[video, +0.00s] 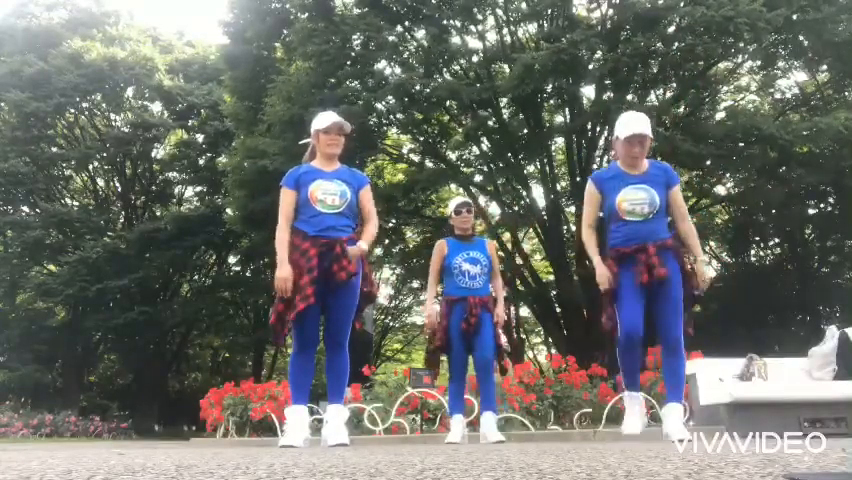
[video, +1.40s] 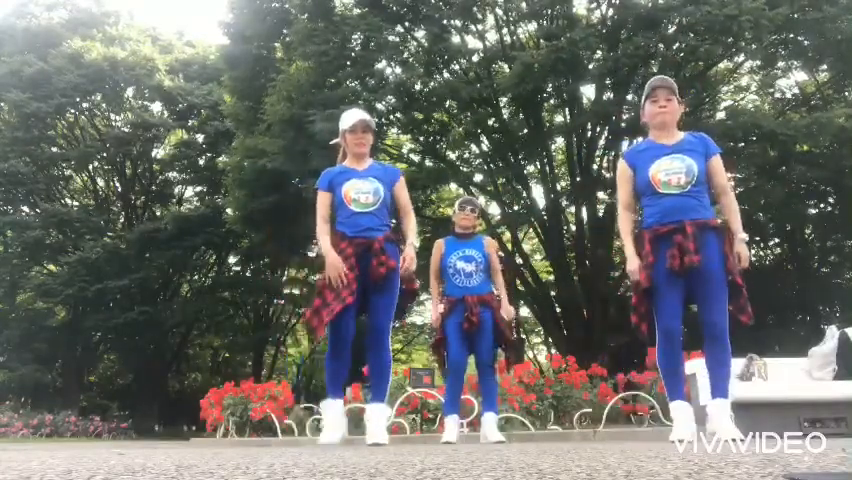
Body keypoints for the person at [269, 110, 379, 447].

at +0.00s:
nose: (333, 138)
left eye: (338, 134)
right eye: (327, 133)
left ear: (345, 139)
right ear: (314, 138)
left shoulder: (357, 178)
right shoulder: (297, 175)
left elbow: (371, 220)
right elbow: (284, 223)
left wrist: (362, 245)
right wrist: (282, 263)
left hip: (346, 259)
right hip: (305, 258)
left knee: (338, 340)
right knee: (305, 341)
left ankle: (336, 418)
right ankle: (297, 418)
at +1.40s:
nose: (360, 136)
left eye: (365, 131)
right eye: (353, 131)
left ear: (373, 135)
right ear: (342, 137)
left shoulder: (391, 173)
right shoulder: (331, 175)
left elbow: (407, 214)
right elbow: (322, 221)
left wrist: (410, 243)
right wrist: (328, 253)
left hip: (385, 252)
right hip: (345, 252)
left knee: (380, 331)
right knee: (341, 332)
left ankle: (378, 414)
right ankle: (334, 413)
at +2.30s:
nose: (324, 125)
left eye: (330, 119)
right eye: (317, 120)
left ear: (338, 122)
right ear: (306, 124)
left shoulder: (349, 144)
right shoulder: (301, 161)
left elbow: (375, 179)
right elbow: (304, 209)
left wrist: (366, 225)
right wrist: (309, 242)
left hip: (360, 236)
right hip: (324, 242)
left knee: (365, 318)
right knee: (318, 317)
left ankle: (376, 404)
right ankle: (325, 406)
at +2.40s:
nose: (324, 140)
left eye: (330, 135)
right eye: (317, 134)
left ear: (337, 140)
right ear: (305, 139)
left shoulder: (345, 165)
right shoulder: (303, 188)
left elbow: (377, 197)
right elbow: (309, 235)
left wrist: (366, 244)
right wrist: (320, 262)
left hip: (366, 253)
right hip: (333, 262)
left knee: (371, 330)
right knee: (333, 331)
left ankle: (385, 412)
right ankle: (351, 415)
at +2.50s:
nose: (316, 151)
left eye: (323, 146)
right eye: (310, 144)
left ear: (330, 153)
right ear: (297, 150)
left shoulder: (336, 176)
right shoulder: (298, 196)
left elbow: (378, 197)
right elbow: (306, 238)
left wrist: (356, 237)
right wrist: (305, 254)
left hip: (367, 261)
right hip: (335, 271)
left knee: (367, 336)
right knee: (306, 317)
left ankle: (387, 418)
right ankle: (320, 407)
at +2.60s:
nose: (310, 153)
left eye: (317, 148)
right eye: (304, 147)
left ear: (324, 154)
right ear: (292, 153)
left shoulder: (332, 179)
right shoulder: (293, 197)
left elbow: (378, 198)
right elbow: (309, 243)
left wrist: (364, 229)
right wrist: (289, 257)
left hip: (355, 266)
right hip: (321, 274)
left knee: (355, 345)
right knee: (288, 329)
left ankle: (387, 417)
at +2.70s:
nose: (310, 147)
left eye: (317, 144)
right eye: (305, 140)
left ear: (322, 151)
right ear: (290, 146)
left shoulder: (329, 179)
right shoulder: (285, 193)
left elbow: (365, 215)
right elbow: (299, 246)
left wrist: (365, 242)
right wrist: (276, 266)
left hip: (338, 267)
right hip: (304, 276)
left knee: (343, 346)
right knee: (268, 329)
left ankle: (388, 417)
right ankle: (260, 417)